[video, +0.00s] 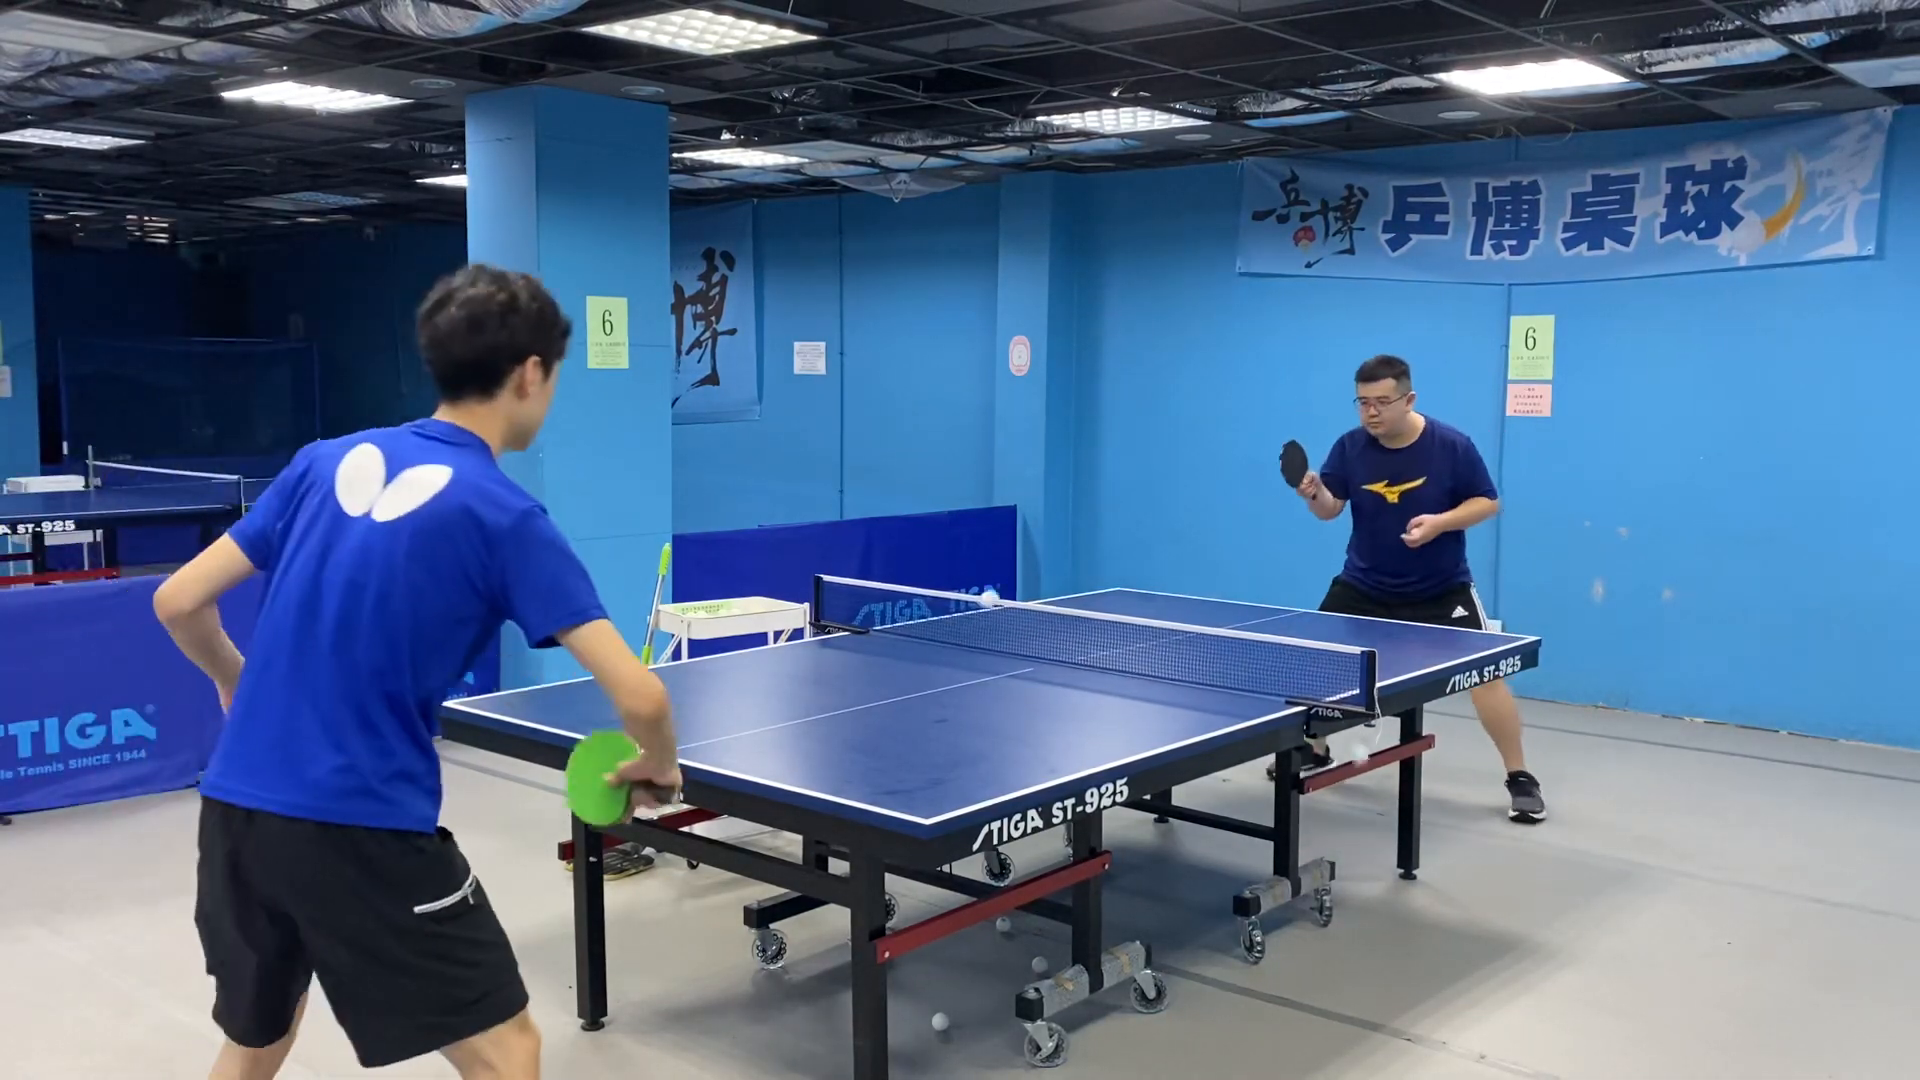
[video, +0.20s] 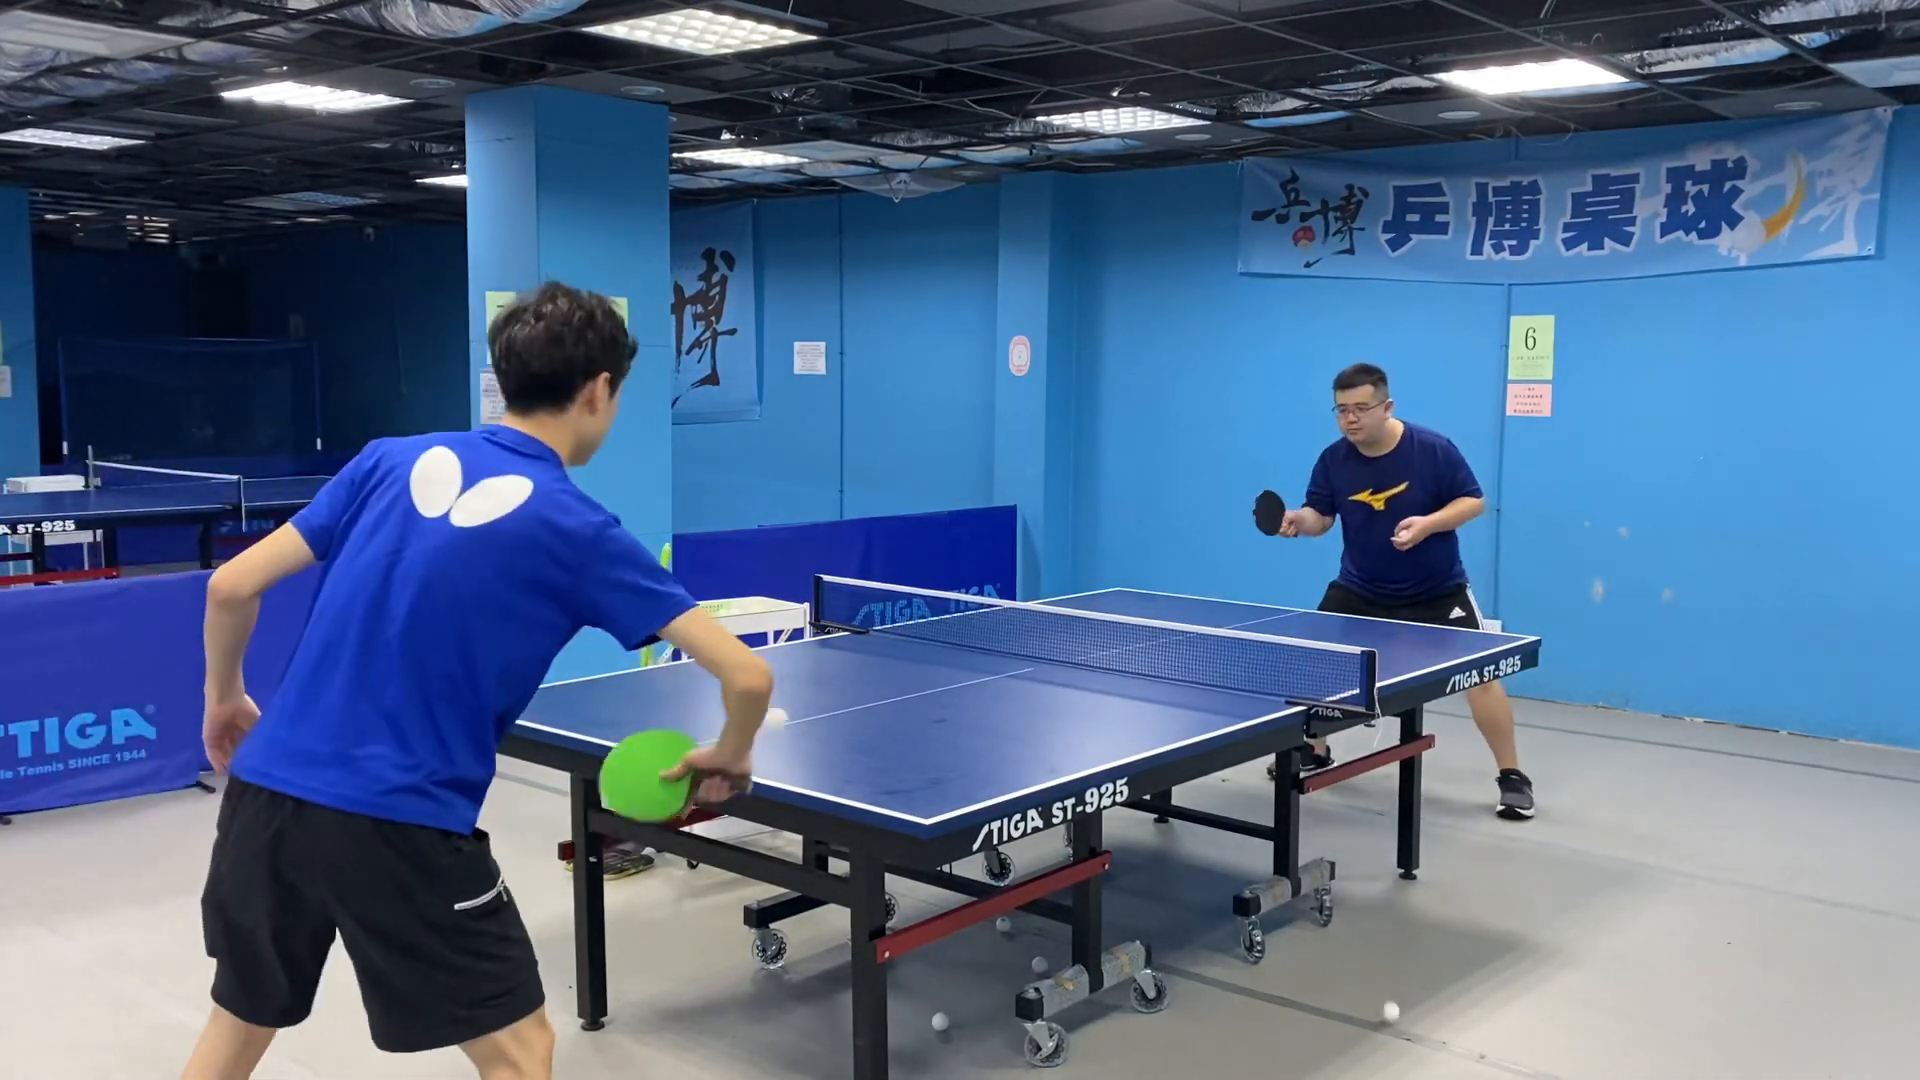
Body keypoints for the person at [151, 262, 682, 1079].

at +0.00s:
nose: (552, 392)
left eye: (555, 372)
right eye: (554, 371)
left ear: (442, 364)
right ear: (527, 374)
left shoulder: (323, 461)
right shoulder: (504, 512)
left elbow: (180, 600)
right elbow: (643, 699)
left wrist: (237, 681)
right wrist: (658, 761)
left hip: (237, 805)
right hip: (363, 825)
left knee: (254, 1035)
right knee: (503, 1051)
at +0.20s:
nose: (617, 410)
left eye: (619, 390)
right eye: (619, 389)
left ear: (504, 379)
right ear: (596, 391)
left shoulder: (387, 461)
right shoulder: (575, 525)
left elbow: (231, 584)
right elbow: (749, 678)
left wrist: (223, 696)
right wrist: (731, 756)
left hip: (265, 799)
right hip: (402, 827)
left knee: (237, 1021)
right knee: (518, 1051)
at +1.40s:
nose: (360, 425)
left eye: (362, 407)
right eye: (360, 406)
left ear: (260, 399)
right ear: (328, 411)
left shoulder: (170, 488)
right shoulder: (294, 550)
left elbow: (66, 626)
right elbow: (433, 704)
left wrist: (150, 697)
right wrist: (481, 659)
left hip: (65, 791)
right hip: (145, 814)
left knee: (143, 958)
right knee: (310, 1027)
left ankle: (71, 1078)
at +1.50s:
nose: (333, 401)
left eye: (332, 382)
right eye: (331, 382)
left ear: (230, 381)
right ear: (303, 390)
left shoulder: (136, 478)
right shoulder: (303, 525)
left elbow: (30, 622)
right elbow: (482, 614)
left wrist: (114, 695)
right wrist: (566, 580)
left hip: (61, 792)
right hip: (157, 810)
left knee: (112, 955)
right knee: (306, 1028)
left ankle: (53, 1076)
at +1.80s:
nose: (299, 371)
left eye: (295, 353)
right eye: (294, 354)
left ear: (192, 365)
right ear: (265, 368)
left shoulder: (108, 472)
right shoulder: (279, 503)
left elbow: (14, 624)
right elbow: (444, 622)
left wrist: (87, 690)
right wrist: (515, 550)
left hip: (68, 792)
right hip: (176, 806)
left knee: (105, 963)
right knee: (308, 1024)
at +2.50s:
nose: (365, 477)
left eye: (372, 459)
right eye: (366, 456)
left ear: (304, 437)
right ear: (319, 440)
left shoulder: (165, 496)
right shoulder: (251, 553)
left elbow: (46, 621)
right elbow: (445, 633)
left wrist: (144, 686)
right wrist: (516, 521)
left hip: (38, 802)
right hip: (108, 829)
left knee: (110, 979)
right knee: (286, 1030)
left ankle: (54, 1079)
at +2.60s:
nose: (353, 443)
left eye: (359, 425)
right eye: (354, 423)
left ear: (253, 406)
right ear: (310, 415)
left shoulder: (146, 483)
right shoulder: (255, 535)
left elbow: (33, 617)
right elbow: (438, 634)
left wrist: (117, 695)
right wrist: (513, 525)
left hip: (35, 793)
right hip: (119, 822)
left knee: (104, 971)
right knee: (285, 1029)